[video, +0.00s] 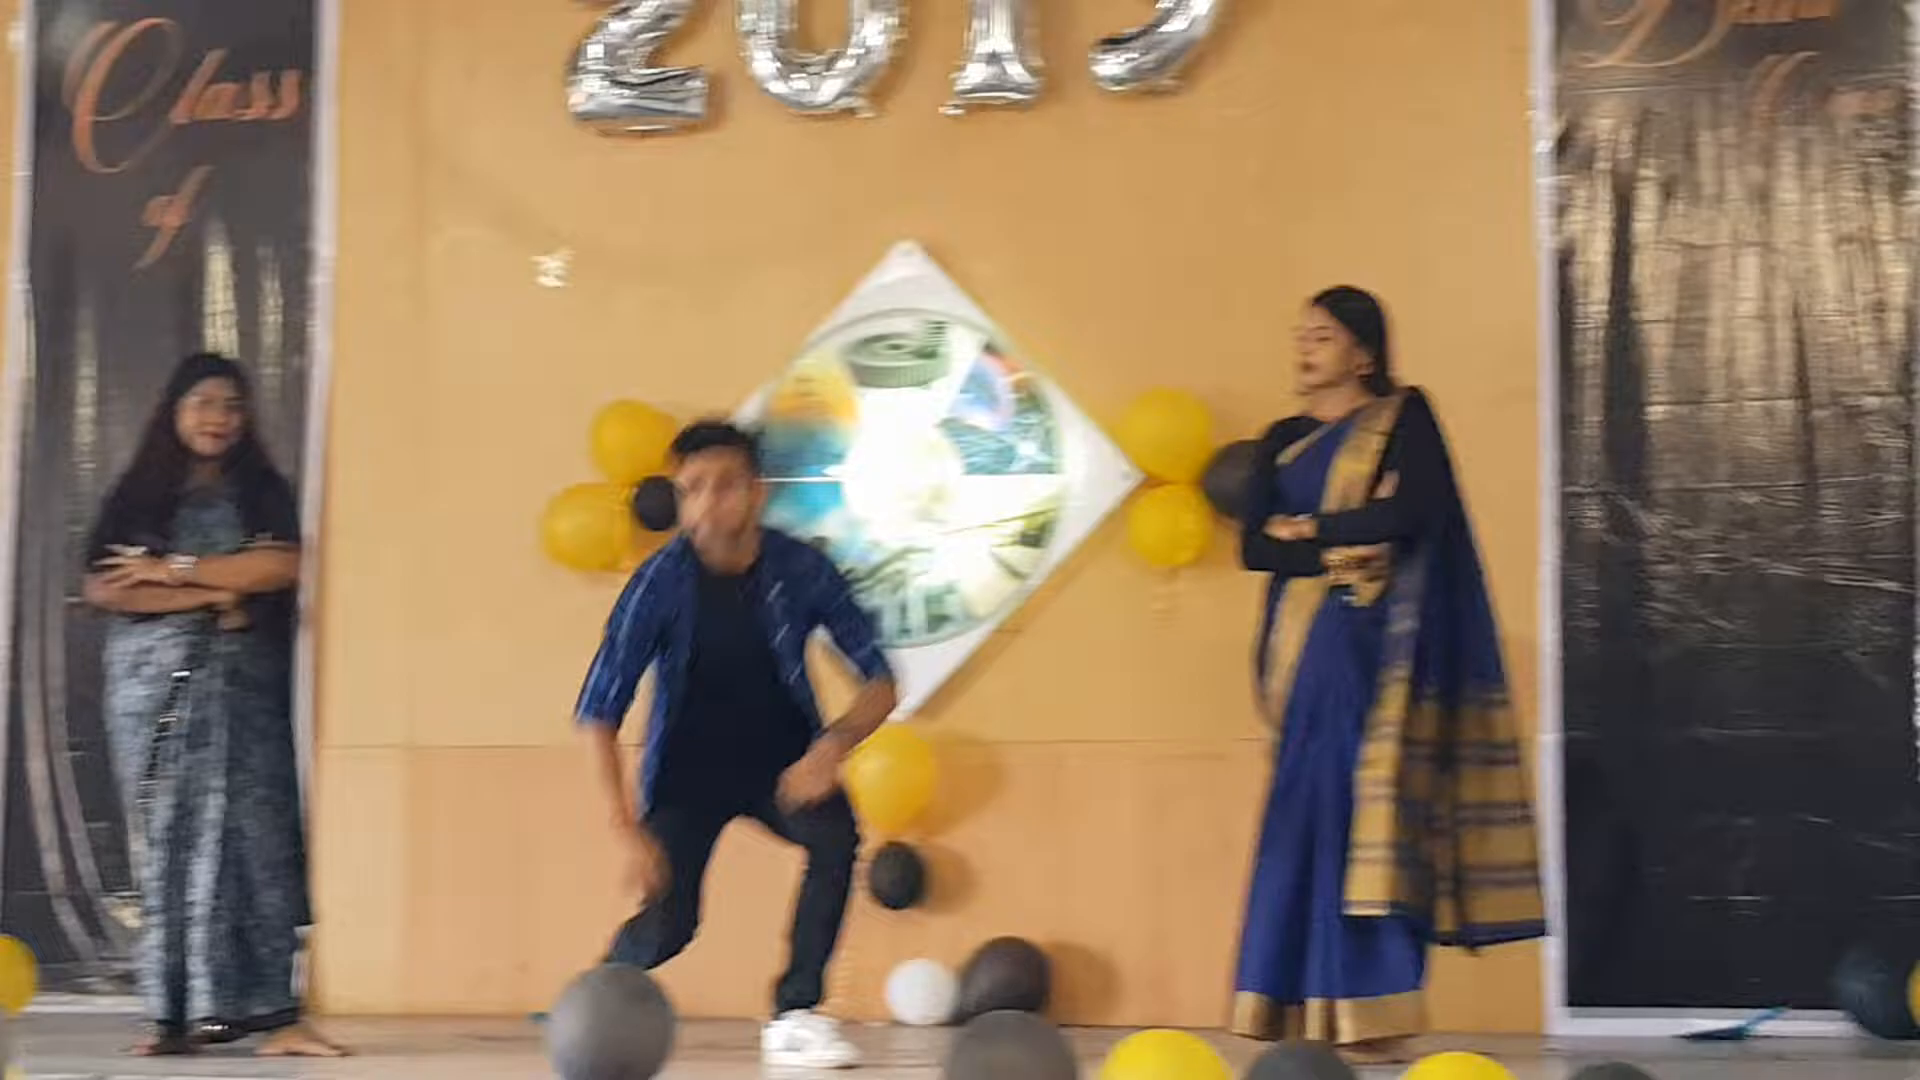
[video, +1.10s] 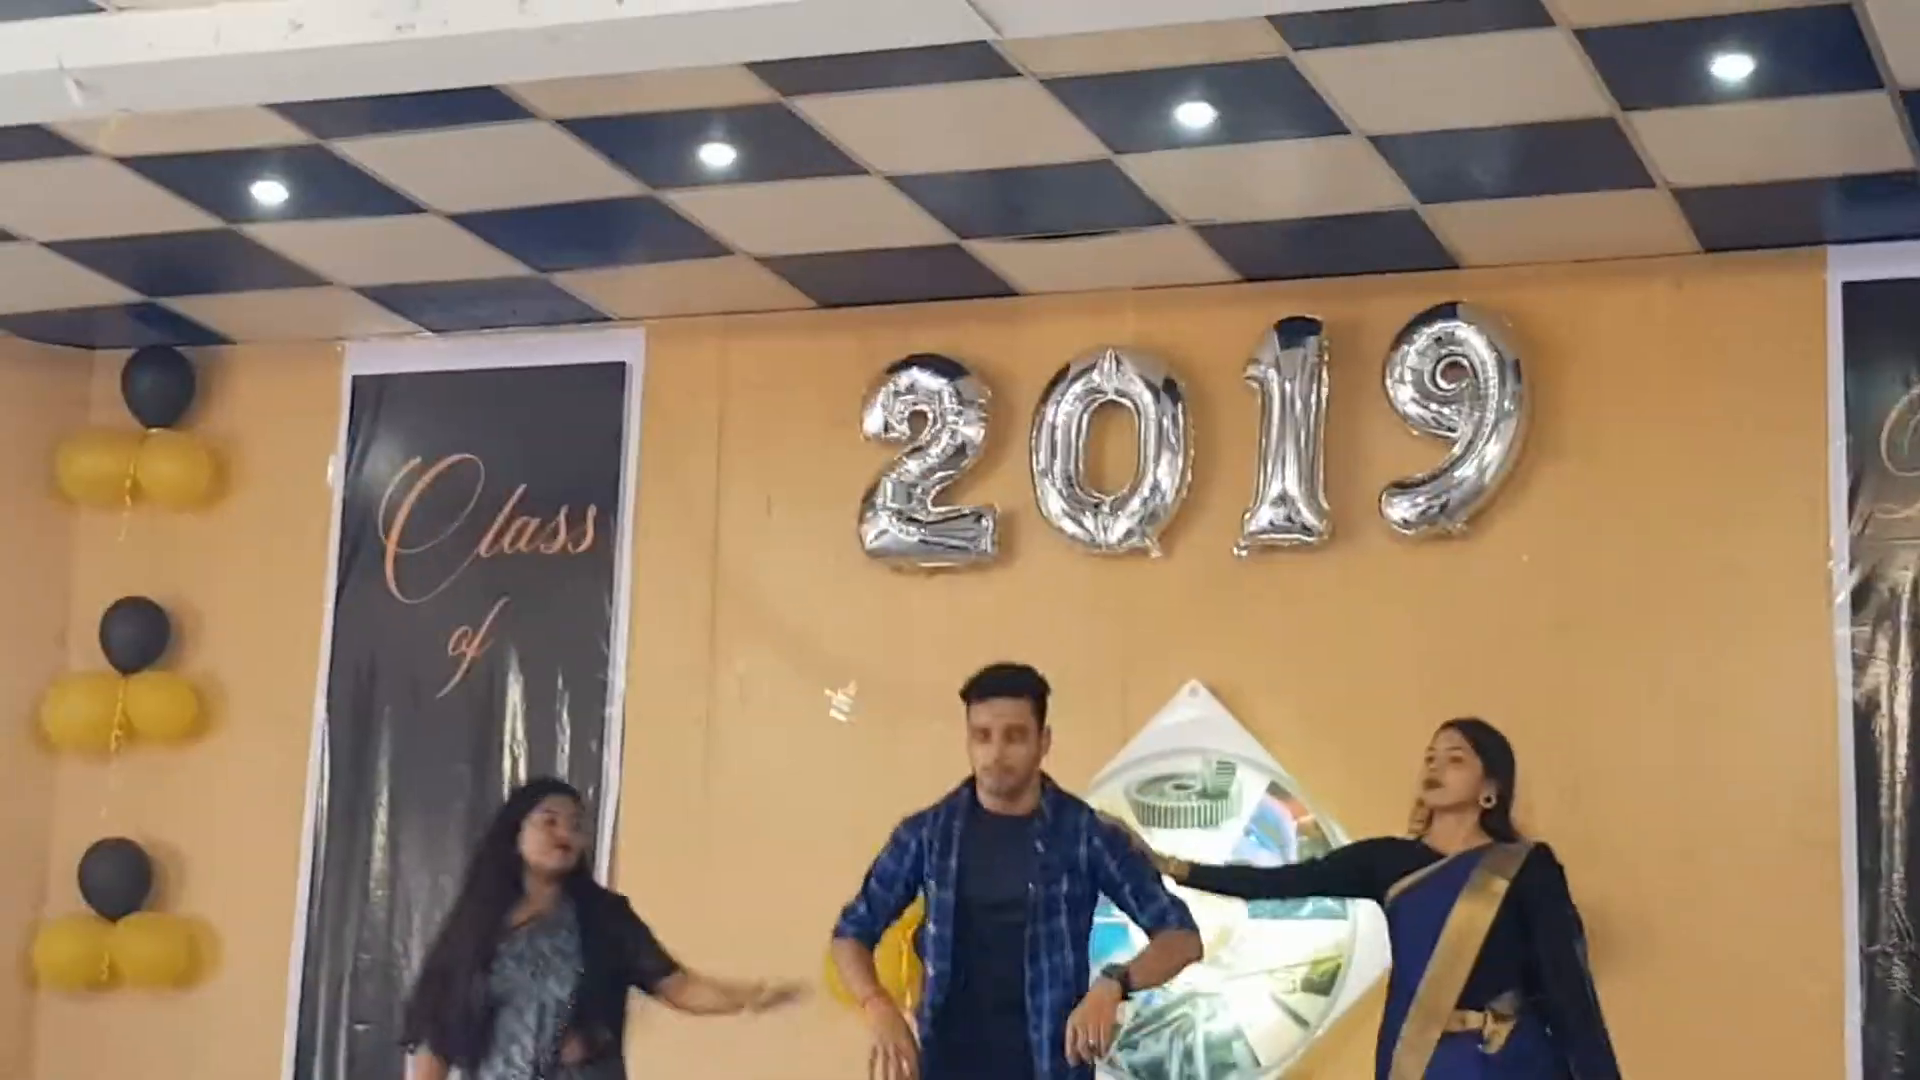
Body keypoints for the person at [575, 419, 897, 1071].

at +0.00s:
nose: (709, 505)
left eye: (726, 486)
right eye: (694, 489)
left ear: (758, 494)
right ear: (677, 501)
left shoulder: (800, 568)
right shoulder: (661, 582)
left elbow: (882, 683)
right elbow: (598, 712)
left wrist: (830, 750)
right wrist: (627, 831)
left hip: (778, 768)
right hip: (688, 774)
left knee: (836, 835)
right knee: (669, 924)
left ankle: (797, 1014)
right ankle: (597, 998)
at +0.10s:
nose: (736, 429)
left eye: (751, 412)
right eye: (721, 414)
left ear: (783, 424)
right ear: (706, 429)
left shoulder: (828, 509)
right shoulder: (684, 513)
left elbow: (927, 608)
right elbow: (606, 635)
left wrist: (892, 682)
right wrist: (641, 747)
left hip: (812, 727)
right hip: (716, 730)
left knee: (862, 834)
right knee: (688, 891)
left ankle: (828, 1013)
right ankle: (634, 1014)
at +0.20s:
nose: (765, 316)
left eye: (779, 302)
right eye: (752, 304)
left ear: (810, 314)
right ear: (734, 318)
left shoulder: (858, 414)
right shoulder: (709, 422)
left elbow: (973, 496)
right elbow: (620, 515)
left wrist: (939, 586)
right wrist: (657, 626)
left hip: (842, 652)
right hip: (738, 656)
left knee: (883, 799)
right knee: (705, 820)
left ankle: (872, 991)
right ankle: (669, 995)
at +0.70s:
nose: (787, 351)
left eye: (805, 338)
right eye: (777, 338)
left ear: (839, 354)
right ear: (763, 351)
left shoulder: (880, 461)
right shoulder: (728, 459)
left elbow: (966, 557)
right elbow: (640, 547)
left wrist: (903, 649)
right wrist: (677, 643)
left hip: (837, 704)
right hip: (742, 704)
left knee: (871, 889)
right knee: (731, 886)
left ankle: (915, 1065)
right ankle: (709, 1062)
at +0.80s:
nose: (801, 466)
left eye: (820, 453)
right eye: (790, 453)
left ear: (855, 470)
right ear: (777, 466)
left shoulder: (895, 571)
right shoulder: (742, 569)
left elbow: (985, 669)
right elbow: (651, 664)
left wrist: (921, 763)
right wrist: (692, 758)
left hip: (851, 820)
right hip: (756, 817)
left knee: (884, 1011)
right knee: (742, 1007)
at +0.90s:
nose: (869, 596)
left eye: (884, 578)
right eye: (858, 579)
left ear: (915, 584)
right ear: (845, 585)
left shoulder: (957, 691)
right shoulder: (820, 690)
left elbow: (1048, 788)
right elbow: (723, 785)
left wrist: (985, 879)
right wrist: (773, 880)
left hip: (914, 929)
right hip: (826, 924)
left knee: (939, 1070)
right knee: (814, 1070)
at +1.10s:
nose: (996, 754)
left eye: (1014, 736)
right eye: (982, 736)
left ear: (1045, 742)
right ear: (967, 741)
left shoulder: (1091, 836)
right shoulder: (927, 834)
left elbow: (1182, 939)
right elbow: (850, 937)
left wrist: (1113, 984)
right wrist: (881, 1012)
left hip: (1048, 1065)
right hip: (949, 1065)